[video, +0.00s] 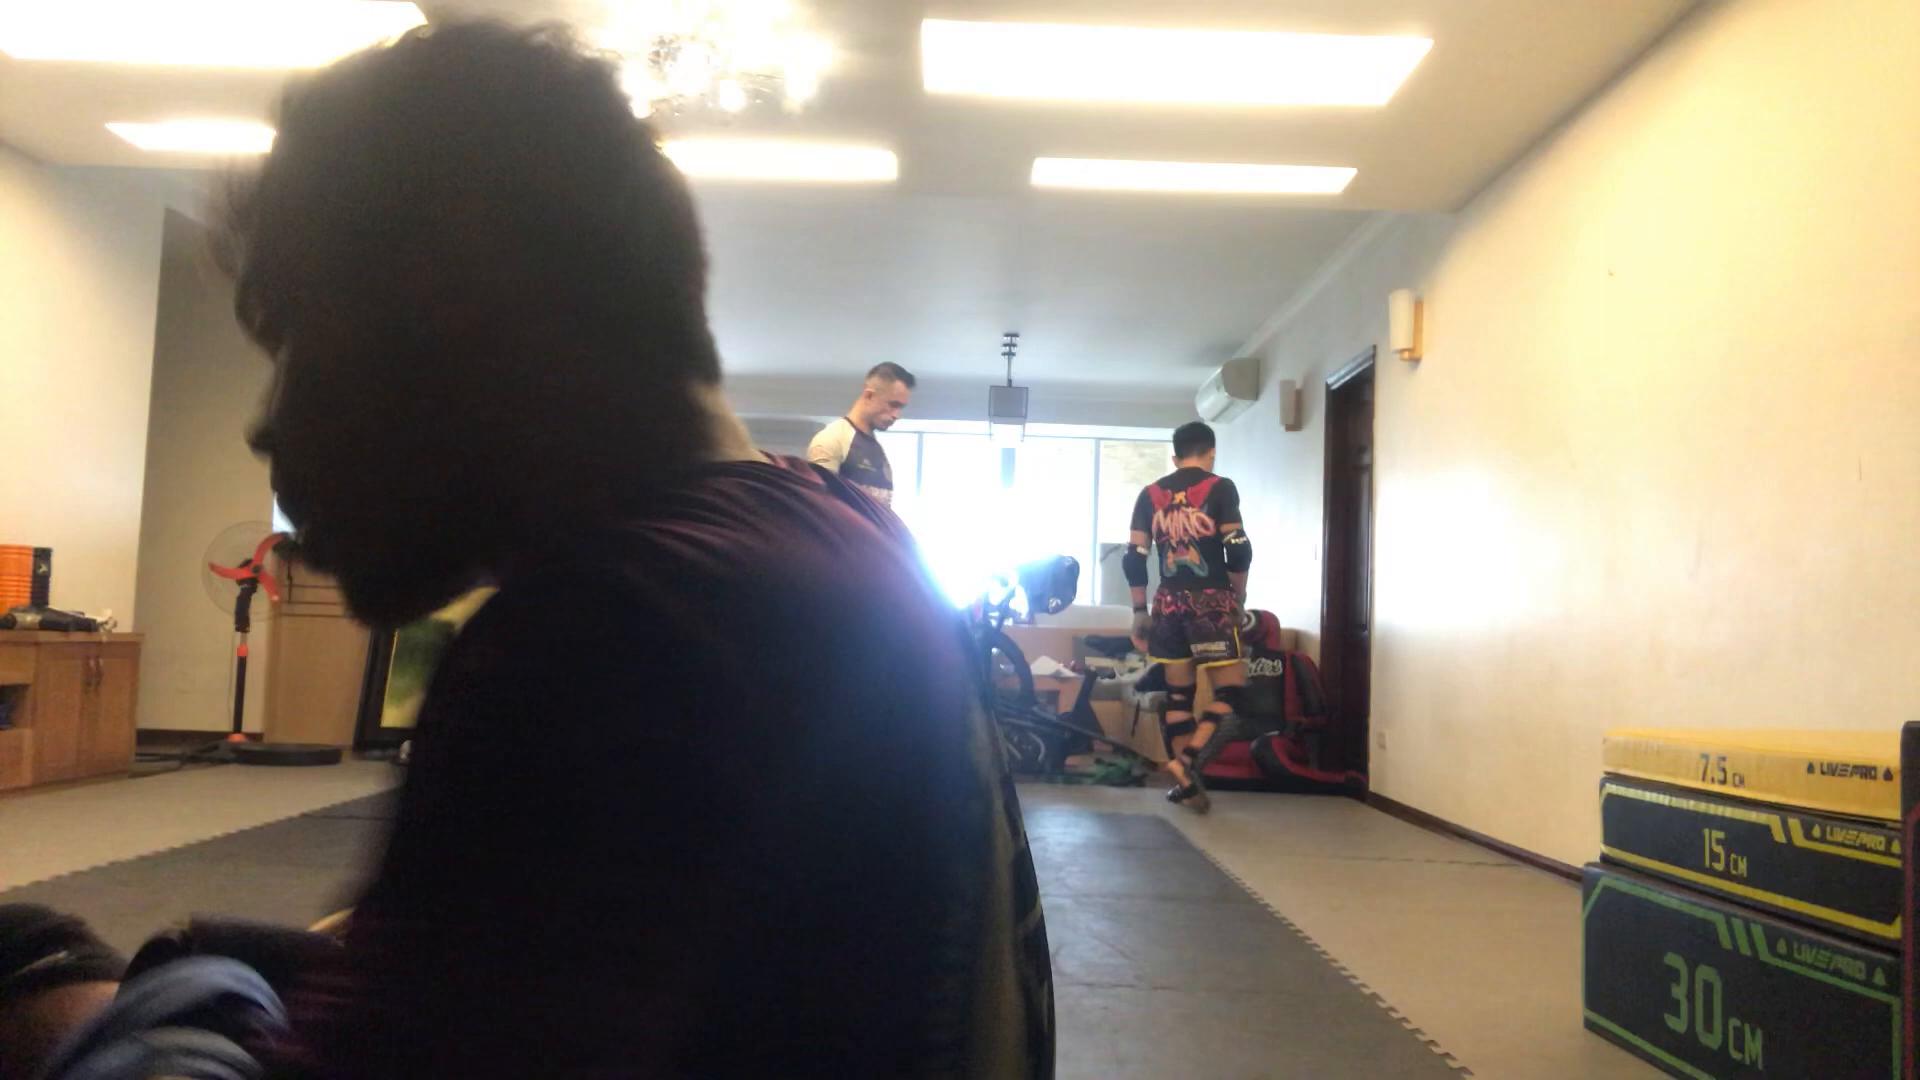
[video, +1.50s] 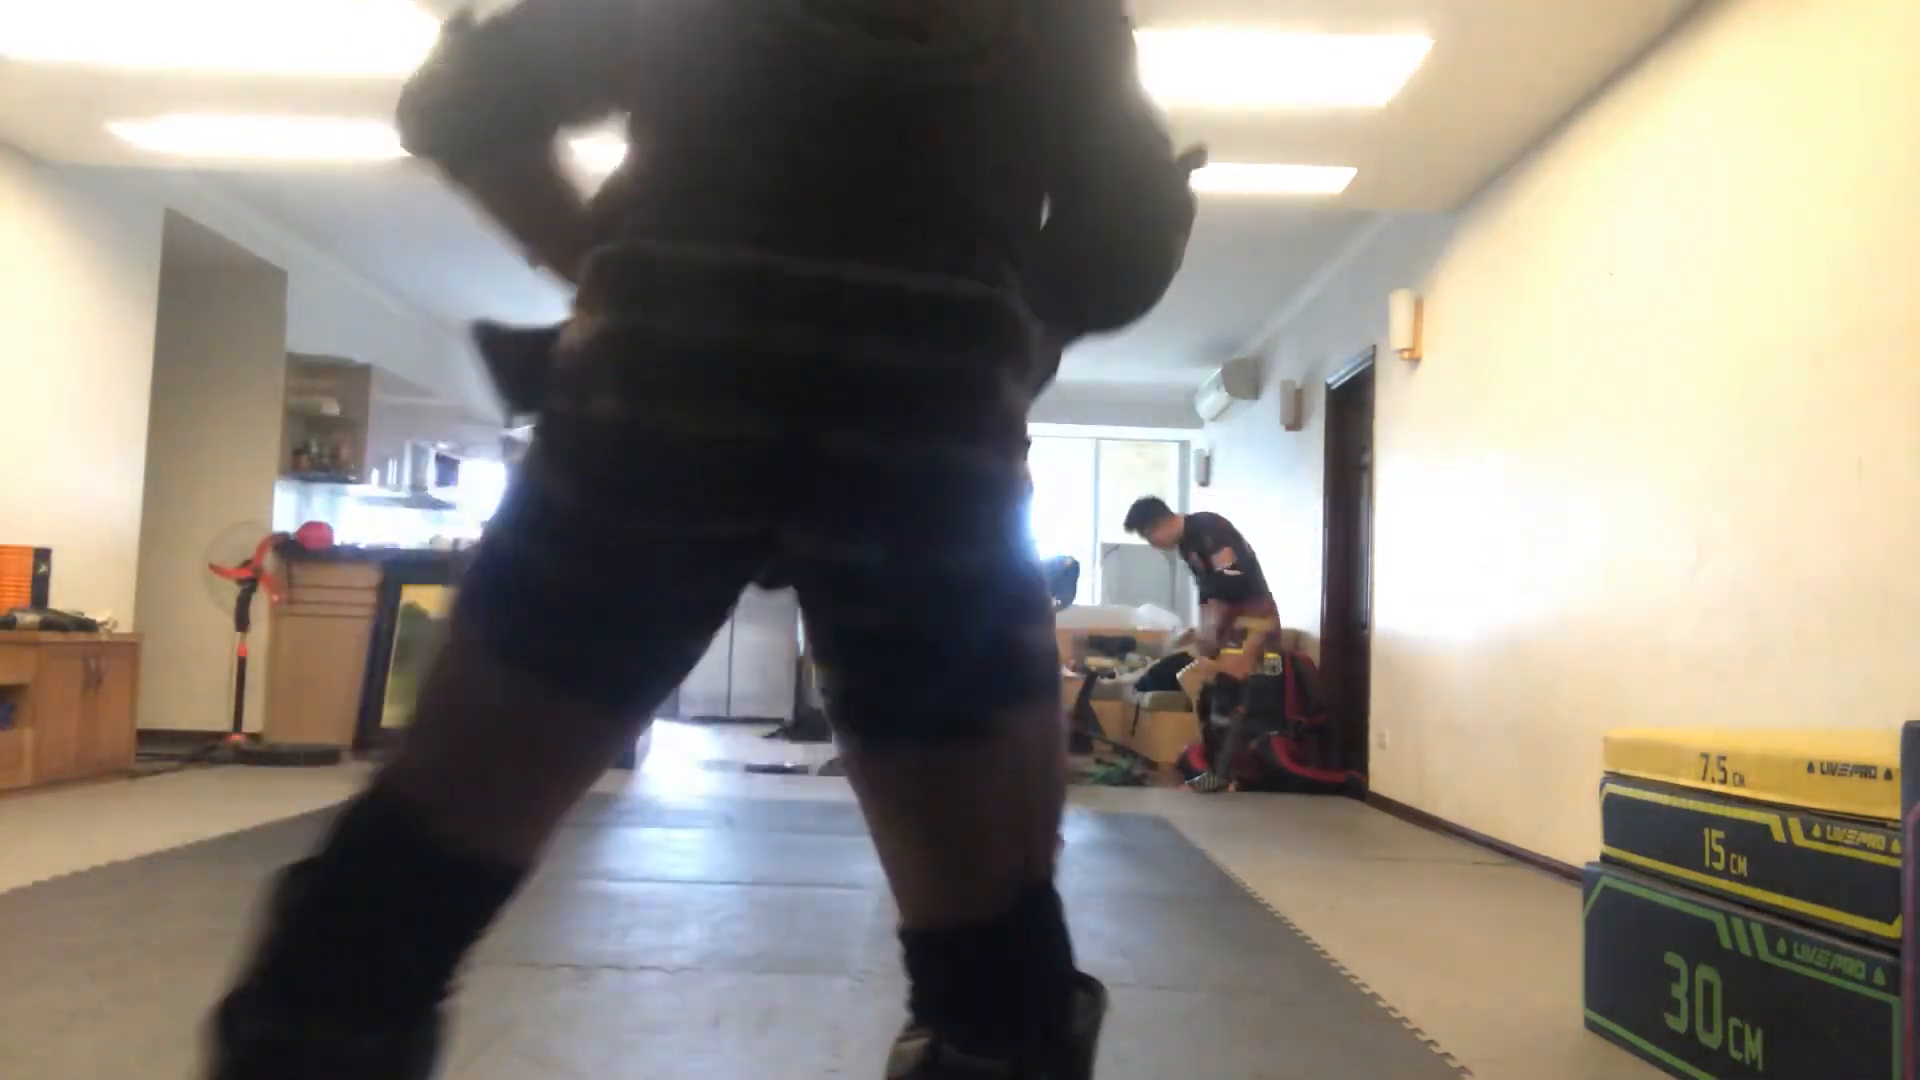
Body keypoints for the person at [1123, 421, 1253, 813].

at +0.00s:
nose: (1211, 459)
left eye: (1206, 455)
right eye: (1212, 454)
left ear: (1174, 456)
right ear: (1210, 454)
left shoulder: (1150, 494)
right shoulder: (1220, 488)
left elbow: (1134, 558)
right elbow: (1238, 549)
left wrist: (1140, 610)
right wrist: (1236, 599)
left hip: (1168, 607)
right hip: (1213, 606)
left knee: (1178, 698)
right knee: (1229, 697)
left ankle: (1190, 788)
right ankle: (1187, 765)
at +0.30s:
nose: (1225, 470)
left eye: (1223, 465)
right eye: (1226, 465)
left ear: (1190, 463)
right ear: (1222, 463)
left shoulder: (1163, 497)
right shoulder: (1232, 494)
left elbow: (1144, 558)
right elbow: (1249, 552)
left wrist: (1165, 595)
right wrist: (1261, 603)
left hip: (1176, 610)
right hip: (1224, 609)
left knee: (1181, 696)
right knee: (1240, 691)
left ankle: (1188, 783)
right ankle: (1249, 779)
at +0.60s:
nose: (1238, 479)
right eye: (1240, 473)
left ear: (1206, 473)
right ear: (1242, 473)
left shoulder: (1189, 499)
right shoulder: (1261, 504)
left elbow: (1167, 557)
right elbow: (1276, 563)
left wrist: (1166, 607)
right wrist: (1280, 617)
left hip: (1200, 614)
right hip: (1247, 615)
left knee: (1194, 691)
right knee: (1249, 693)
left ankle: (1196, 767)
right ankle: (1250, 779)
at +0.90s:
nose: (1197, 488)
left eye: (1197, 483)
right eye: (1198, 484)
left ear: (1200, 479)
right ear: (1230, 476)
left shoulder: (1199, 498)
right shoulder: (1261, 506)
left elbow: (1183, 551)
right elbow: (1285, 561)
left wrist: (1176, 601)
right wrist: (1277, 612)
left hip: (1215, 612)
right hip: (1257, 614)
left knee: (1194, 689)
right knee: (1252, 694)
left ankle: (1212, 768)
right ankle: (1250, 778)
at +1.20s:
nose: (1166, 509)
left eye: (1163, 501)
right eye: (1162, 503)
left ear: (1172, 492)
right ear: (1189, 485)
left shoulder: (1198, 508)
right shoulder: (1225, 505)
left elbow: (1198, 562)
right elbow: (1253, 564)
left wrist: (1179, 613)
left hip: (1225, 611)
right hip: (1251, 610)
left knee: (1208, 690)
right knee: (1233, 686)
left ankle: (1217, 772)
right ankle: (1248, 750)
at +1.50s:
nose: (1153, 544)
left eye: (1150, 537)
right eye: (1147, 539)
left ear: (1160, 524)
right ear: (1163, 522)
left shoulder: (1208, 529)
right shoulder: (1185, 544)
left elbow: (1232, 588)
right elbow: (1207, 592)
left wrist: (1212, 633)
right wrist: (1205, 633)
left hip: (1256, 623)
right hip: (1230, 625)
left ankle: (1225, 768)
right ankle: (1218, 764)